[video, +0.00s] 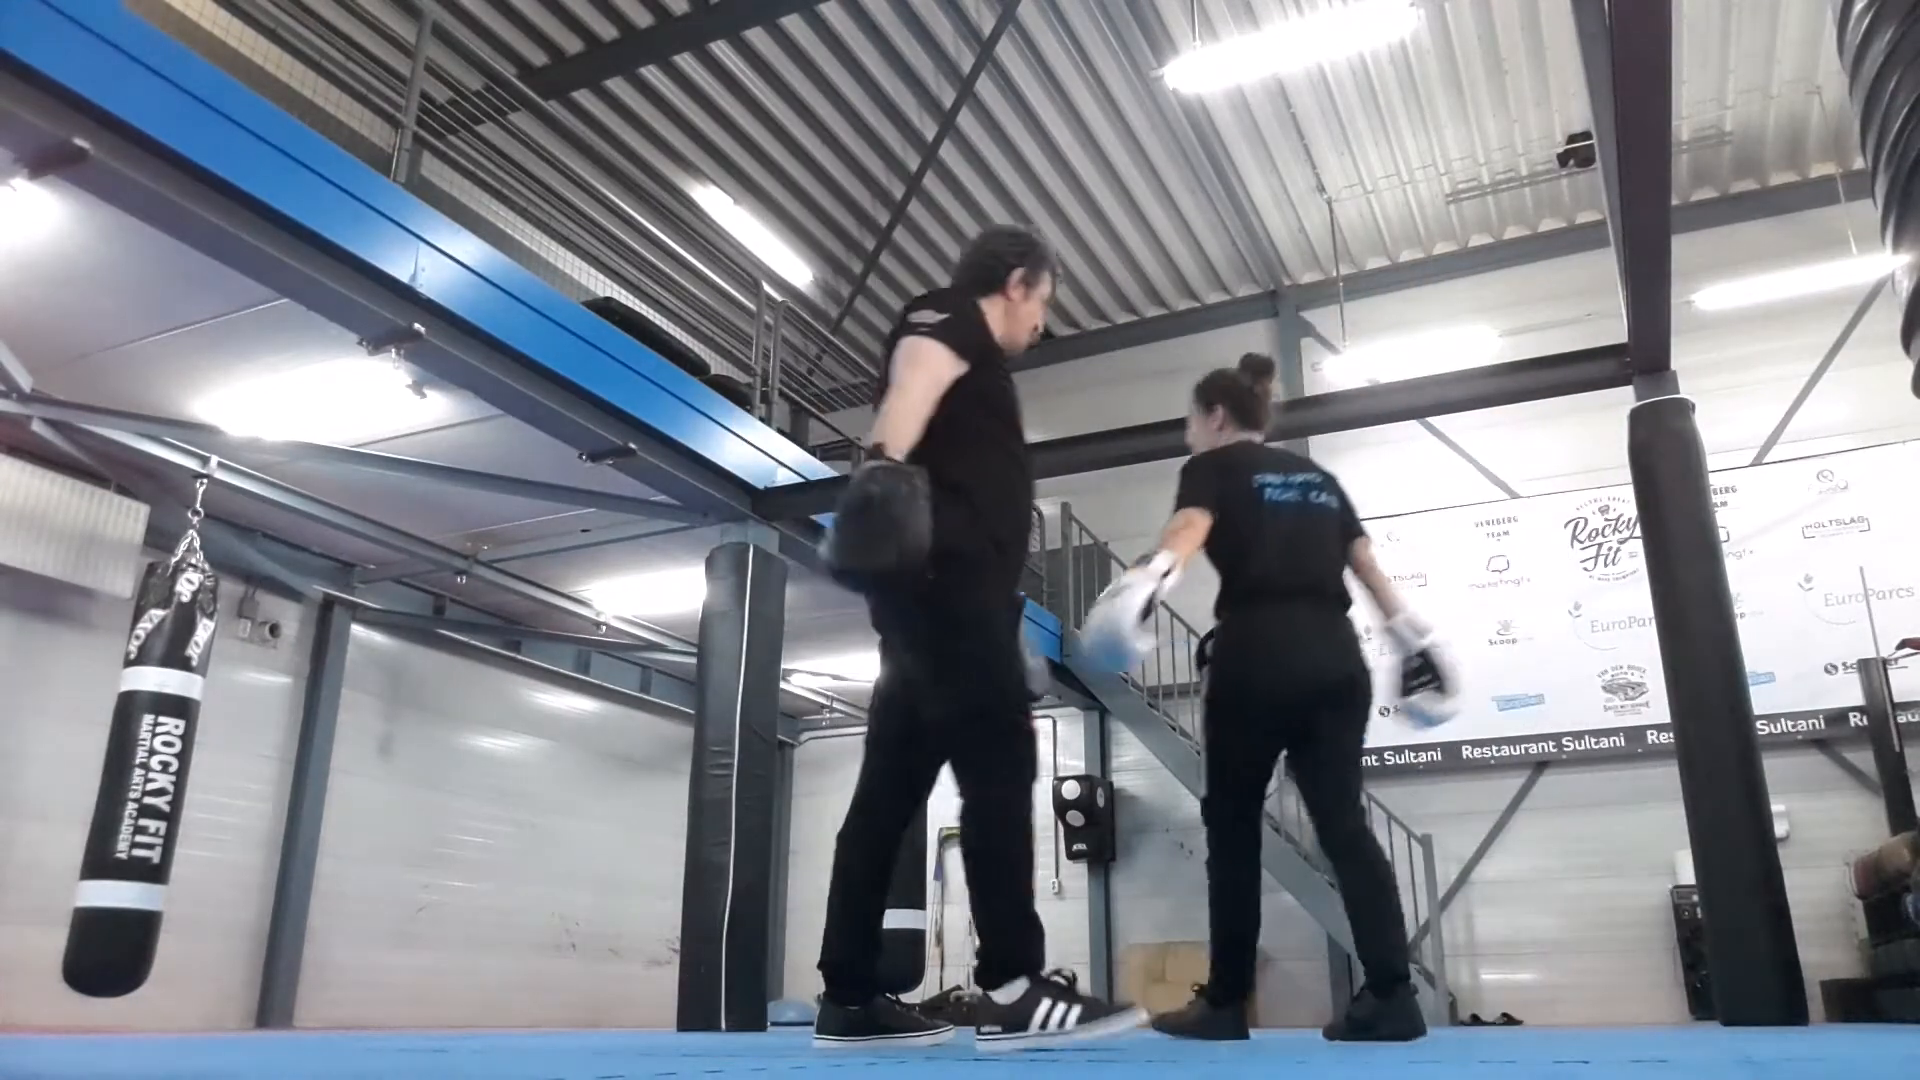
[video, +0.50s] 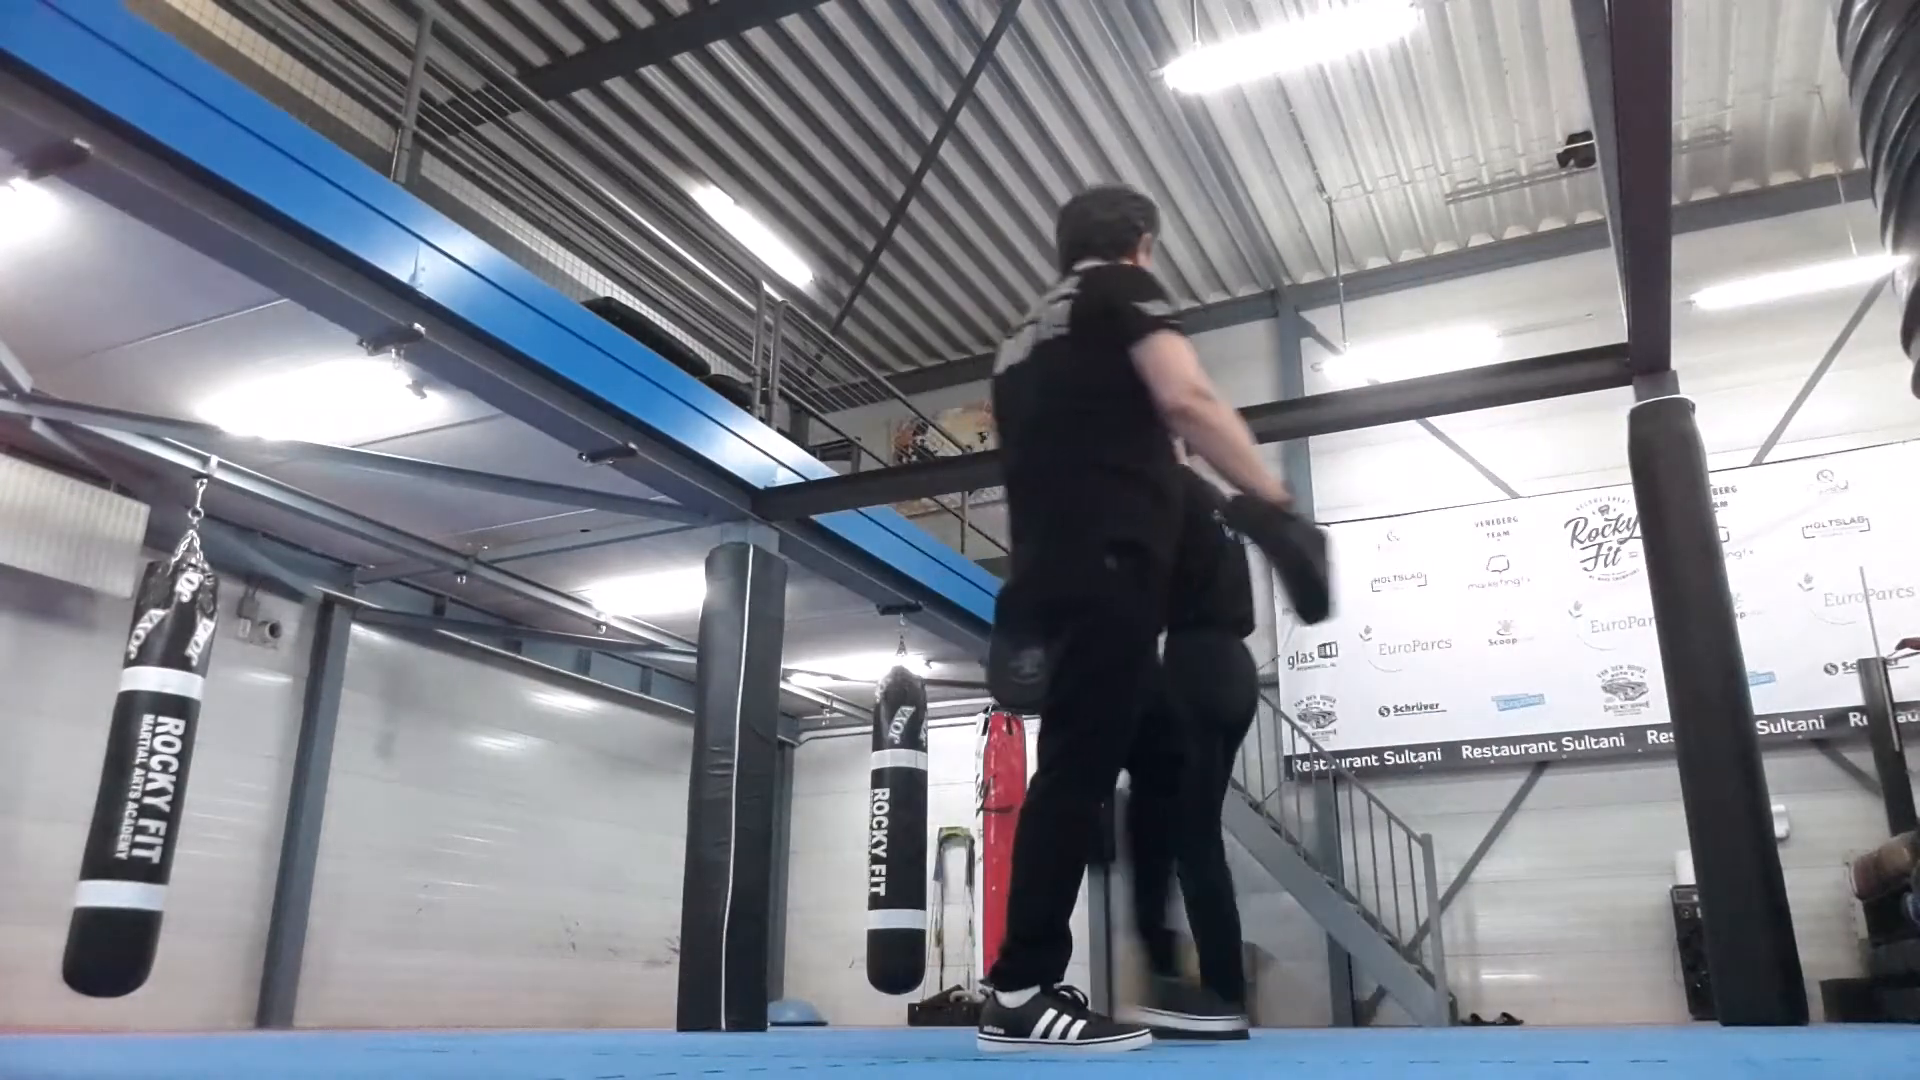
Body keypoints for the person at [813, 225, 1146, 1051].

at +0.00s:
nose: (1043, 322)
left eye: (1047, 309)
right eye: (1044, 304)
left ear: (1001, 285)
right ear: (1013, 284)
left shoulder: (975, 351)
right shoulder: (948, 319)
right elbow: (908, 400)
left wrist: (992, 583)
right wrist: (881, 481)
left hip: (942, 597)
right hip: (952, 594)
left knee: (887, 793)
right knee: (1001, 778)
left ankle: (851, 994)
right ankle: (1012, 981)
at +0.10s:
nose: (1063, 308)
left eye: (1065, 293)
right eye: (1063, 289)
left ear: (1009, 270)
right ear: (1036, 274)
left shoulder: (970, 336)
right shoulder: (980, 314)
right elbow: (949, 392)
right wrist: (938, 499)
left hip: (960, 589)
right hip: (991, 589)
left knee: (923, 783)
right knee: (1033, 773)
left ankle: (856, 992)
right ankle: (1021, 988)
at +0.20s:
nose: (1086, 294)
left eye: (1086, 279)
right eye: (1085, 277)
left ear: (1017, 264)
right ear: (1061, 268)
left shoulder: (983, 330)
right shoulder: (1017, 311)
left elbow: (939, 466)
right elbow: (1006, 390)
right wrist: (1026, 501)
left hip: (979, 574)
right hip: (1022, 571)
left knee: (996, 784)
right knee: (1056, 779)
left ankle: (879, 974)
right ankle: (1026, 992)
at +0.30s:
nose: (1109, 285)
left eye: (1108, 269)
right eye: (1108, 267)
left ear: (1030, 259)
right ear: (1087, 259)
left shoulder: (981, 348)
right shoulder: (1046, 298)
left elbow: (991, 481)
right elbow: (1071, 400)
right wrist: (1127, 498)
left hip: (1008, 584)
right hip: (1051, 579)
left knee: (1057, 784)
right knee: (1072, 784)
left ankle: (931, 951)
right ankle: (1024, 995)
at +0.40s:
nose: (1133, 268)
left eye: (1132, 255)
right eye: (1132, 254)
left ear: (1049, 251)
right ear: (1113, 248)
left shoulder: (997, 348)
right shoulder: (1079, 291)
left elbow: (1021, 484)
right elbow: (1135, 400)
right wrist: (1219, 503)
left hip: (1037, 579)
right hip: (1077, 576)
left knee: (1111, 757)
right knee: (1076, 770)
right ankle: (1023, 990)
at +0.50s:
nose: (1157, 264)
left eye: (1154, 251)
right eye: (1155, 250)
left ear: (1068, 251)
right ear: (1134, 247)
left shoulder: (1017, 345)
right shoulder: (1120, 295)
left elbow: (1046, 463)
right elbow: (1190, 403)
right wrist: (1273, 502)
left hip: (1046, 579)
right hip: (1111, 580)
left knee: (1163, 755)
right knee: (1070, 779)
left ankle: (1164, 958)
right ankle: (1022, 989)